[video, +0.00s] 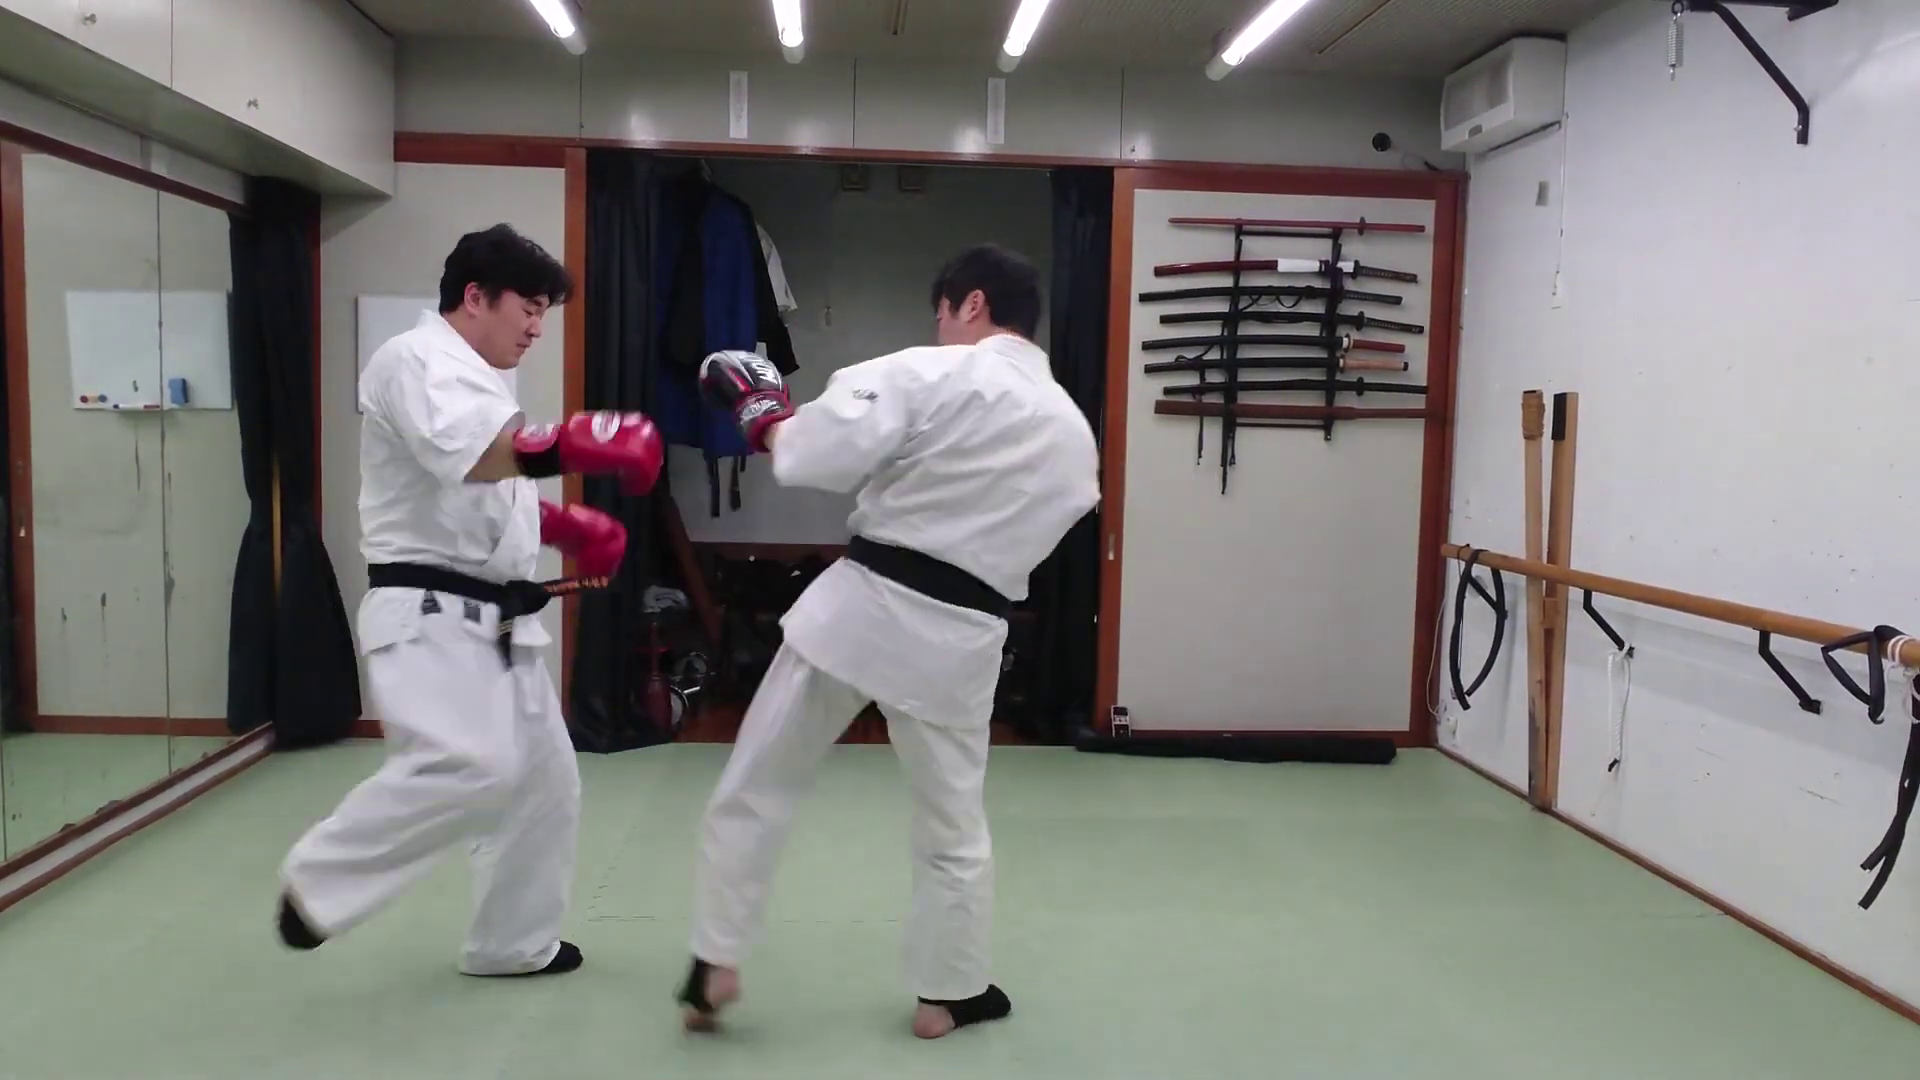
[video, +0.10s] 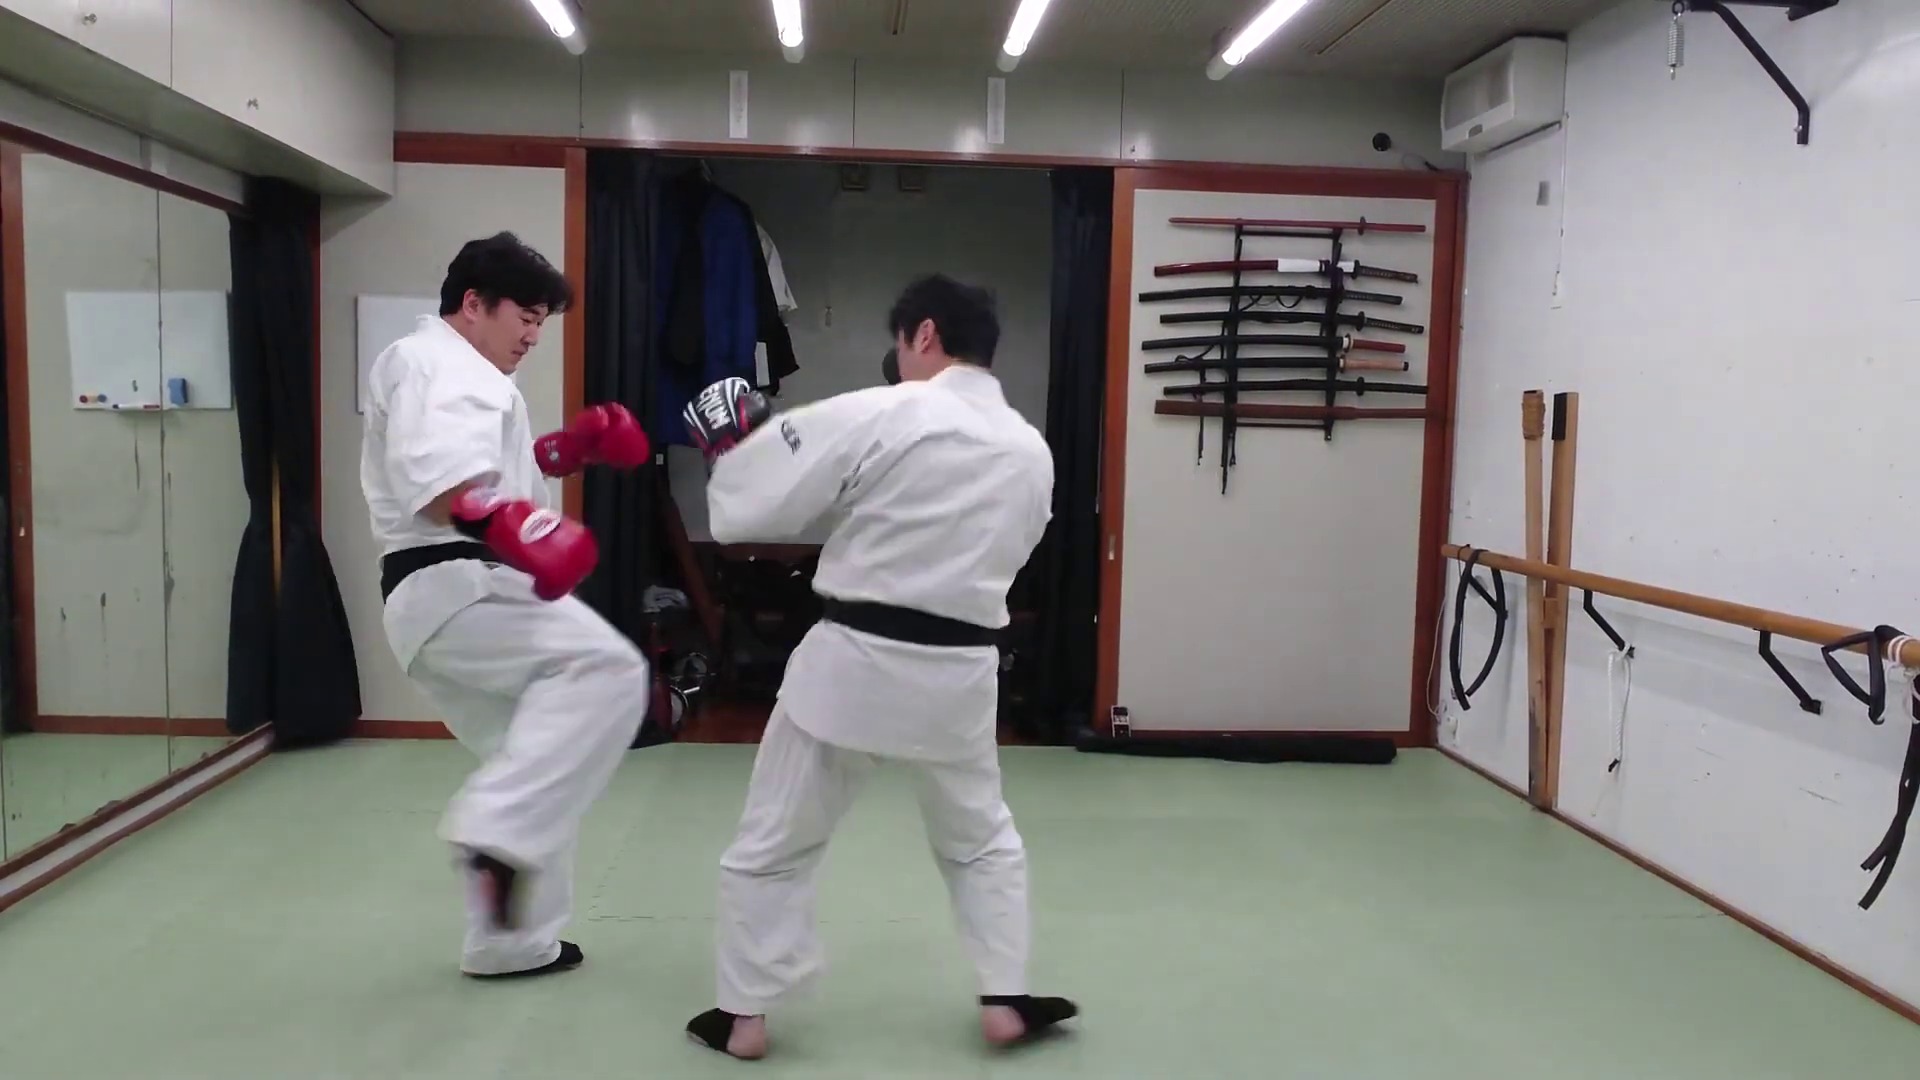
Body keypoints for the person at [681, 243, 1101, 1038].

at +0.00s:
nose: (939, 332)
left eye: (942, 317)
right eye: (939, 319)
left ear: (976, 307)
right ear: (1021, 318)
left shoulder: (927, 374)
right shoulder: (1077, 437)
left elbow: (804, 458)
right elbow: (1017, 535)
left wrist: (765, 414)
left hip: (857, 609)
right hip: (963, 645)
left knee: (759, 784)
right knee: (953, 827)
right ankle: (946, 996)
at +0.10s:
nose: (897, 363)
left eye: (900, 347)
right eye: (899, 349)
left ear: (928, 339)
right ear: (984, 350)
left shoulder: (879, 416)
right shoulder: (1034, 454)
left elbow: (747, 500)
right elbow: (1000, 554)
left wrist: (743, 442)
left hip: (846, 670)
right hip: (959, 687)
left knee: (771, 846)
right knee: (982, 843)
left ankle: (744, 1015)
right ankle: (1004, 1002)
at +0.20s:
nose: (890, 381)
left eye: (891, 367)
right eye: (889, 368)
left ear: (916, 356)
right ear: (978, 360)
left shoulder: (882, 430)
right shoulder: (1031, 451)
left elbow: (780, 524)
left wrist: (787, 452)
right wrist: (908, 422)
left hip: (857, 667)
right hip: (968, 684)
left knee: (777, 821)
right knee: (1006, 839)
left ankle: (739, 1011)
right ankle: (1104, 999)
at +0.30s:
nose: (892, 379)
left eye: (892, 364)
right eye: (889, 367)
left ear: (924, 342)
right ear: (975, 341)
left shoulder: (918, 414)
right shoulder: (1049, 418)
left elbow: (809, 502)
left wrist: (836, 420)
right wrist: (890, 417)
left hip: (915, 658)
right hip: (1024, 667)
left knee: (809, 820)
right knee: (1051, 851)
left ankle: (748, 1004)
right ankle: (1138, 1036)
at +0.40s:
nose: (906, 385)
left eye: (904, 366)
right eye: (898, 371)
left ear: (936, 338)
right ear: (971, 337)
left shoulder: (937, 428)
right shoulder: (1058, 419)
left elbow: (835, 534)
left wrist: (843, 446)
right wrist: (888, 430)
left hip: (954, 667)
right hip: (1060, 667)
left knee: (826, 804)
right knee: (1086, 862)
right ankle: (1141, 1052)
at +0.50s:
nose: (900, 368)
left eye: (901, 348)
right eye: (894, 352)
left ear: (941, 331)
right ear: (974, 333)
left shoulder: (935, 423)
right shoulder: (1047, 413)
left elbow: (882, 575)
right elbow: (970, 507)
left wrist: (803, 562)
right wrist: (869, 429)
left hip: (968, 668)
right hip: (1065, 665)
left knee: (819, 787)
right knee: (1084, 871)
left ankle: (946, 926)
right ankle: (1142, 1056)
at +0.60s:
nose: (876, 340)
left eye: (880, 322)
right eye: (873, 324)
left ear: (925, 316)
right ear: (946, 319)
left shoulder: (927, 412)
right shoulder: (1004, 393)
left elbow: (906, 570)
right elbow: (911, 480)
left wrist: (830, 640)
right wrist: (812, 402)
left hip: (956, 653)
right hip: (1042, 652)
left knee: (783, 763)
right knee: (1073, 866)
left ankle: (851, 952)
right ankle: (1140, 1055)